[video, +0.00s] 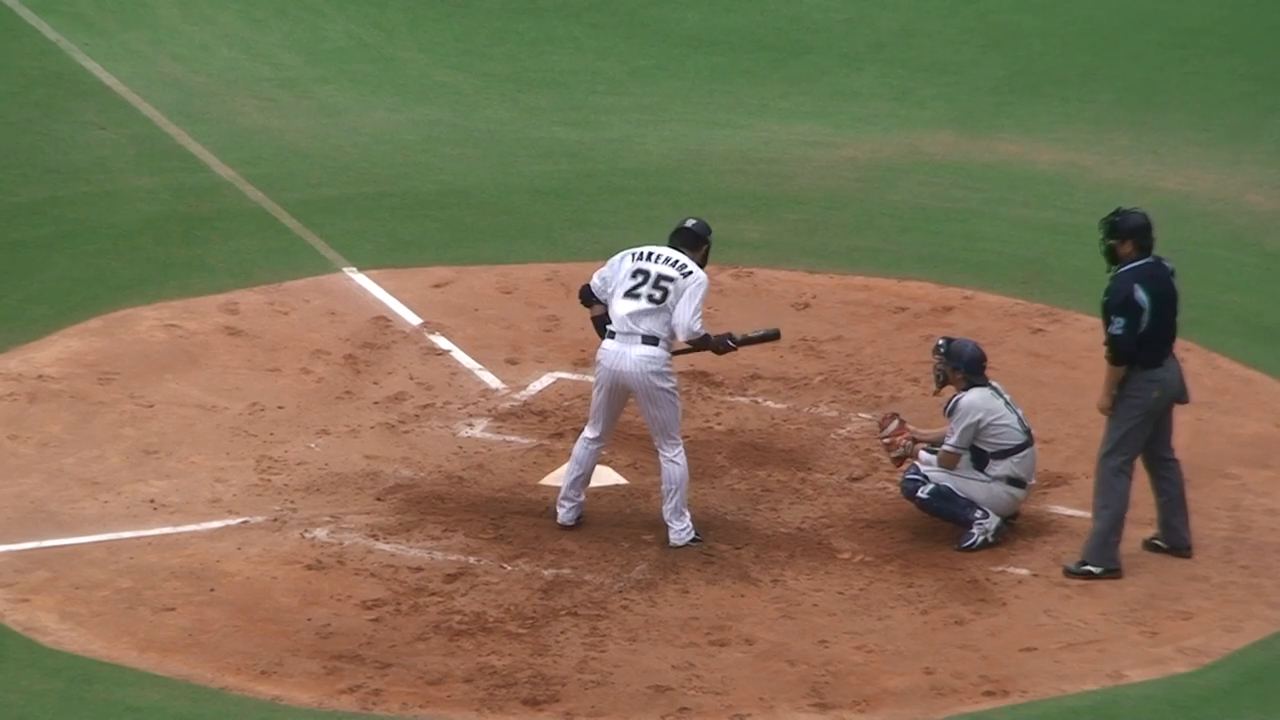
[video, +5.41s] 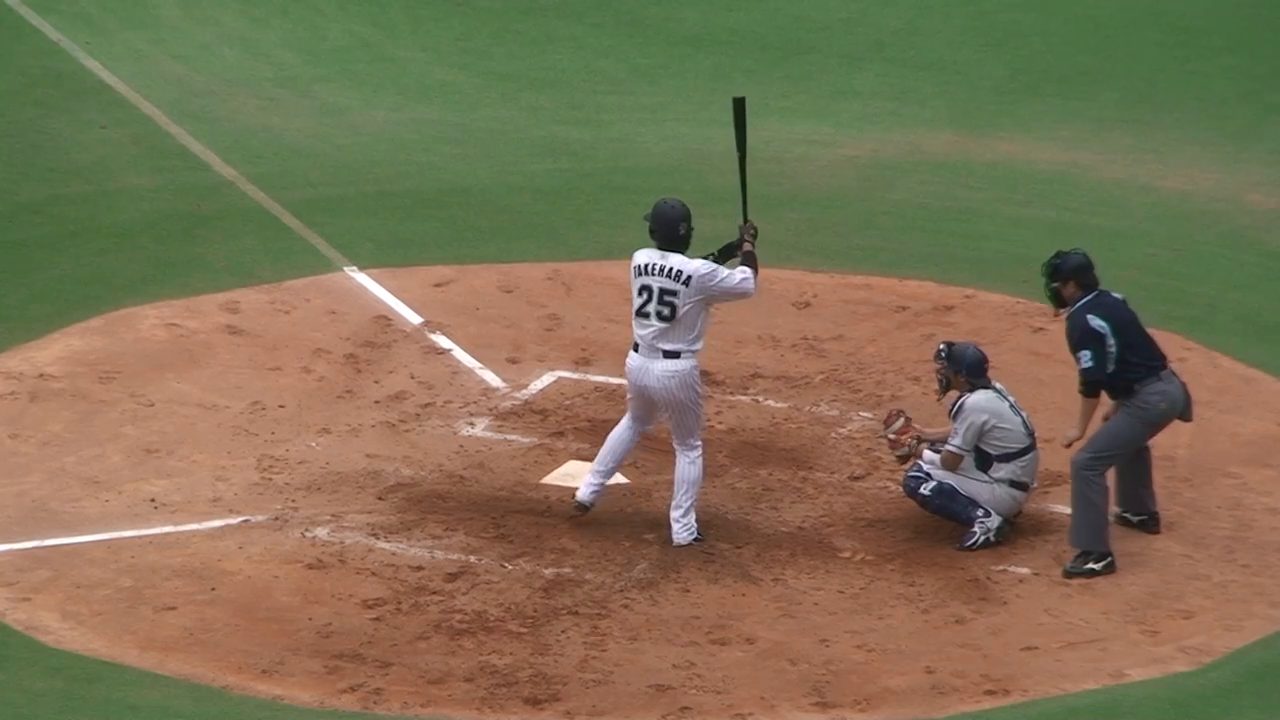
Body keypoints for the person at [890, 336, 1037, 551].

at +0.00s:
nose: (938, 367)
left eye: (943, 364)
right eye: (939, 362)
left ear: (958, 373)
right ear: (971, 372)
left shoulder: (969, 403)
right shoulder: (991, 388)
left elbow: (947, 463)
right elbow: (957, 435)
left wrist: (914, 451)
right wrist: (915, 434)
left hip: (1003, 493)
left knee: (914, 479)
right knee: (932, 453)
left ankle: (982, 520)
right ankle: (1003, 508)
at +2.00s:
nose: (940, 367)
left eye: (945, 364)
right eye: (941, 362)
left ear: (960, 371)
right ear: (974, 369)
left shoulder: (972, 402)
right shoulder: (992, 388)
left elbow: (947, 460)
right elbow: (958, 434)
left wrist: (905, 458)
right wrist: (916, 426)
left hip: (1003, 491)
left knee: (913, 479)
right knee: (935, 448)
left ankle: (983, 518)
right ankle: (1002, 507)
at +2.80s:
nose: (942, 364)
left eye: (947, 361)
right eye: (943, 359)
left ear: (961, 369)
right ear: (976, 368)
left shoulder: (971, 400)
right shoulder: (991, 386)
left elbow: (946, 461)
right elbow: (969, 434)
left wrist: (911, 460)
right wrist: (929, 437)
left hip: (1002, 490)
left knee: (913, 480)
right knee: (927, 454)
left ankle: (983, 518)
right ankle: (1003, 505)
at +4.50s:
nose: (943, 369)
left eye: (948, 365)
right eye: (944, 364)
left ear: (964, 371)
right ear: (975, 370)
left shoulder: (975, 403)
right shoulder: (995, 387)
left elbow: (950, 460)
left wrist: (908, 459)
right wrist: (911, 459)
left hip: (1002, 493)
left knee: (915, 480)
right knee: (934, 443)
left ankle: (984, 519)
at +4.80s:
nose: (940, 376)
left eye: (944, 370)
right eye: (941, 370)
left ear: (960, 374)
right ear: (976, 371)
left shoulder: (975, 403)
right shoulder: (994, 387)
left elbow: (951, 459)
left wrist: (908, 459)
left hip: (1003, 493)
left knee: (915, 480)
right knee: (935, 443)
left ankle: (984, 519)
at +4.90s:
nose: (940, 376)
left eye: (944, 371)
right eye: (941, 370)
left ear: (960, 375)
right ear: (976, 371)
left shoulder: (974, 403)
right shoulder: (993, 387)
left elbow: (950, 462)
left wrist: (909, 457)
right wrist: (947, 440)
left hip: (1003, 493)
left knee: (914, 480)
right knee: (933, 442)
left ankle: (983, 519)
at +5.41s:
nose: (940, 371)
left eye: (945, 368)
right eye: (941, 366)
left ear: (961, 376)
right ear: (971, 375)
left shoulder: (974, 406)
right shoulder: (993, 389)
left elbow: (950, 464)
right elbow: (964, 436)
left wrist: (919, 450)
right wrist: (925, 435)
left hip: (1004, 494)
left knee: (916, 478)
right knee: (932, 453)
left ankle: (985, 520)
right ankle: (1003, 507)